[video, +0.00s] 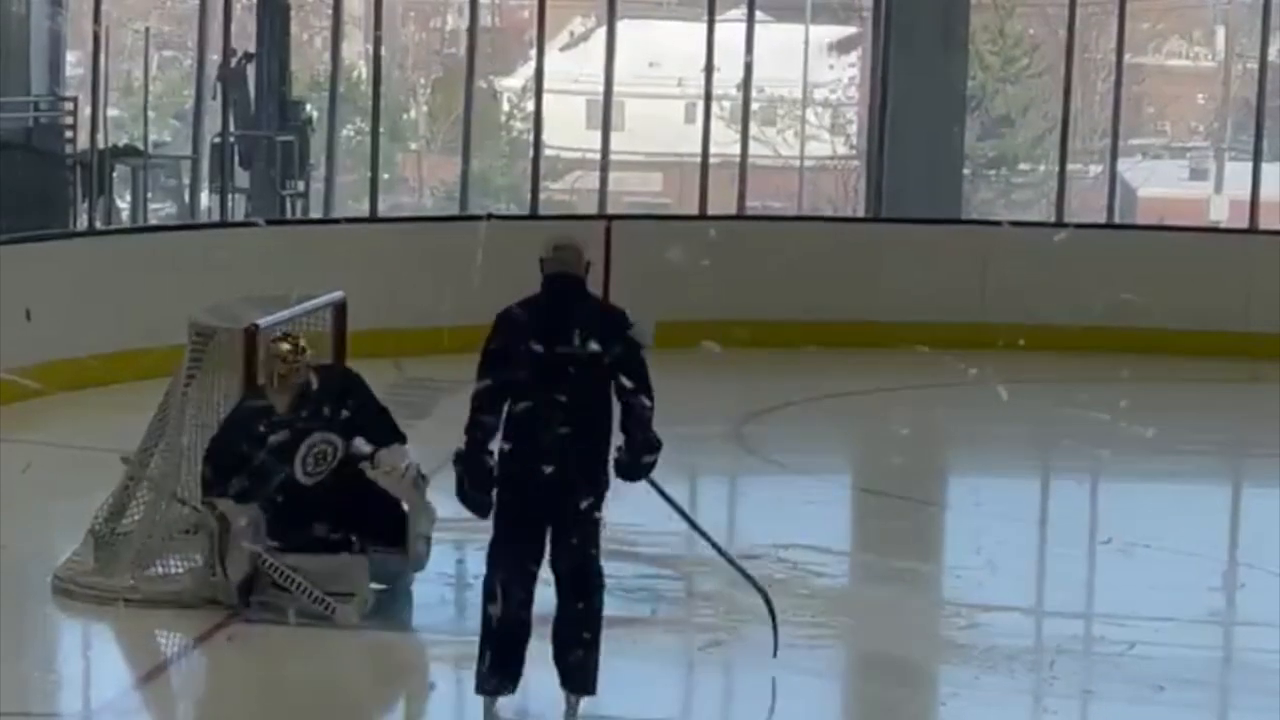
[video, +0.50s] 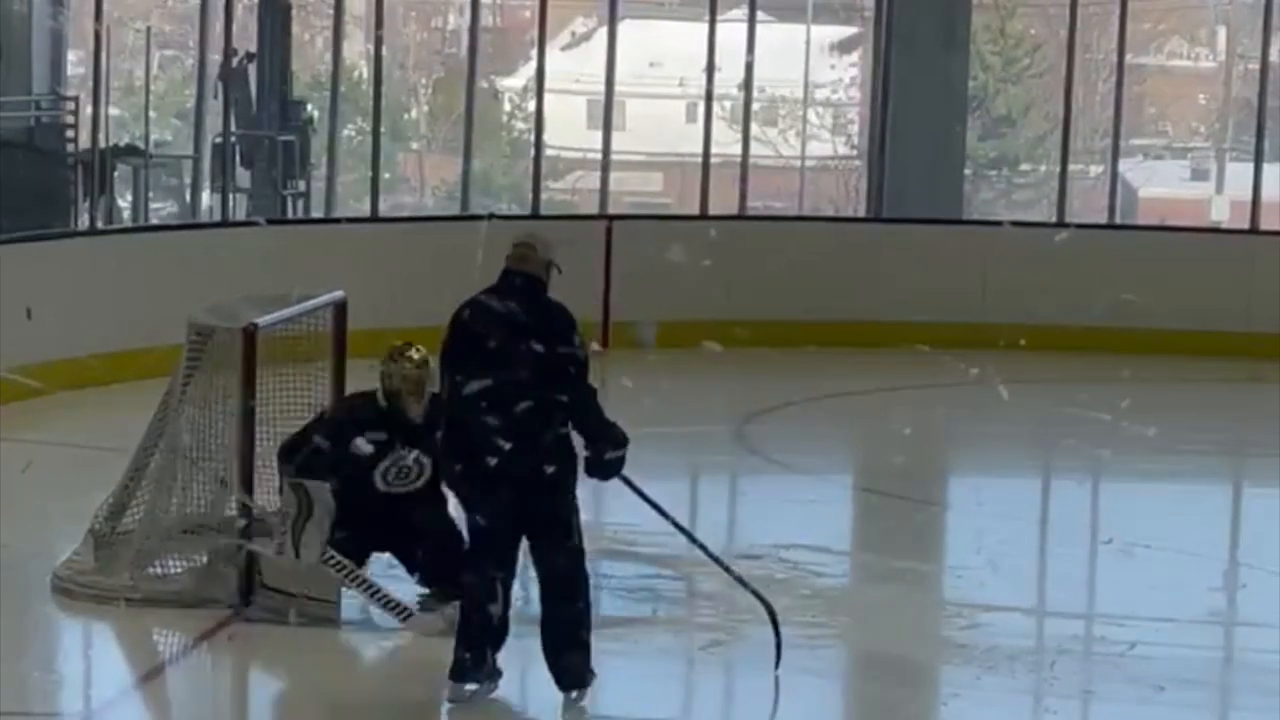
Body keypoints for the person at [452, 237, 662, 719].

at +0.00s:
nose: (565, 273)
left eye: (555, 265)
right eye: (574, 265)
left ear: (541, 269)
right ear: (585, 270)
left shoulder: (513, 320)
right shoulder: (610, 321)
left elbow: (488, 396)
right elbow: (636, 390)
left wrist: (475, 462)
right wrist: (638, 450)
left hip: (522, 471)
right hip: (582, 473)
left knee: (508, 572)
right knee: (579, 574)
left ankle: (495, 686)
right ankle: (578, 687)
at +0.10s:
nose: (558, 271)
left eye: (548, 263)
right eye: (565, 264)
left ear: (530, 267)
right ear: (573, 269)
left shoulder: (499, 319)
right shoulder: (598, 321)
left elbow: (473, 395)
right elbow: (619, 389)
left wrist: (462, 460)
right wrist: (635, 443)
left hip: (513, 470)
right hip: (574, 473)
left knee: (498, 571)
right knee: (578, 574)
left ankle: (480, 685)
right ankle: (581, 689)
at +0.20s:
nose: (553, 275)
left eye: (542, 266)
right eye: (557, 267)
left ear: (521, 268)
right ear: (563, 270)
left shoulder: (486, 320)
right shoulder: (585, 323)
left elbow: (463, 396)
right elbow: (607, 392)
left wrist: (452, 458)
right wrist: (628, 441)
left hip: (503, 473)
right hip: (565, 476)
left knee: (492, 577)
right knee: (575, 577)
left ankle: (474, 682)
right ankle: (581, 686)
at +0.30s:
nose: (558, 279)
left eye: (550, 272)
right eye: (557, 272)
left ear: (513, 270)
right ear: (555, 273)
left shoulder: (478, 319)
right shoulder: (572, 321)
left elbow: (456, 397)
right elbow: (591, 390)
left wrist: (448, 462)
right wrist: (618, 441)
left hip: (494, 470)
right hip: (557, 472)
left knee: (488, 571)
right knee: (571, 574)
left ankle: (470, 678)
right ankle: (580, 682)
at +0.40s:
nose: (555, 280)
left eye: (551, 273)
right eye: (554, 273)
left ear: (509, 268)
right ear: (550, 272)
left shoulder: (472, 316)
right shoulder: (560, 319)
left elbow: (453, 396)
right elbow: (581, 388)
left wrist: (456, 458)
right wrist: (612, 439)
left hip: (488, 465)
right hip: (551, 467)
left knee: (488, 568)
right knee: (566, 570)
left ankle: (467, 674)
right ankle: (576, 678)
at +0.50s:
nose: (553, 278)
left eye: (551, 272)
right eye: (552, 272)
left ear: (506, 266)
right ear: (546, 271)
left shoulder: (469, 314)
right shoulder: (554, 317)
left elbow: (453, 394)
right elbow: (572, 387)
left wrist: (456, 462)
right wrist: (605, 438)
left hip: (482, 467)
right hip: (544, 469)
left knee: (487, 571)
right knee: (563, 572)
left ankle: (470, 674)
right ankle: (574, 679)